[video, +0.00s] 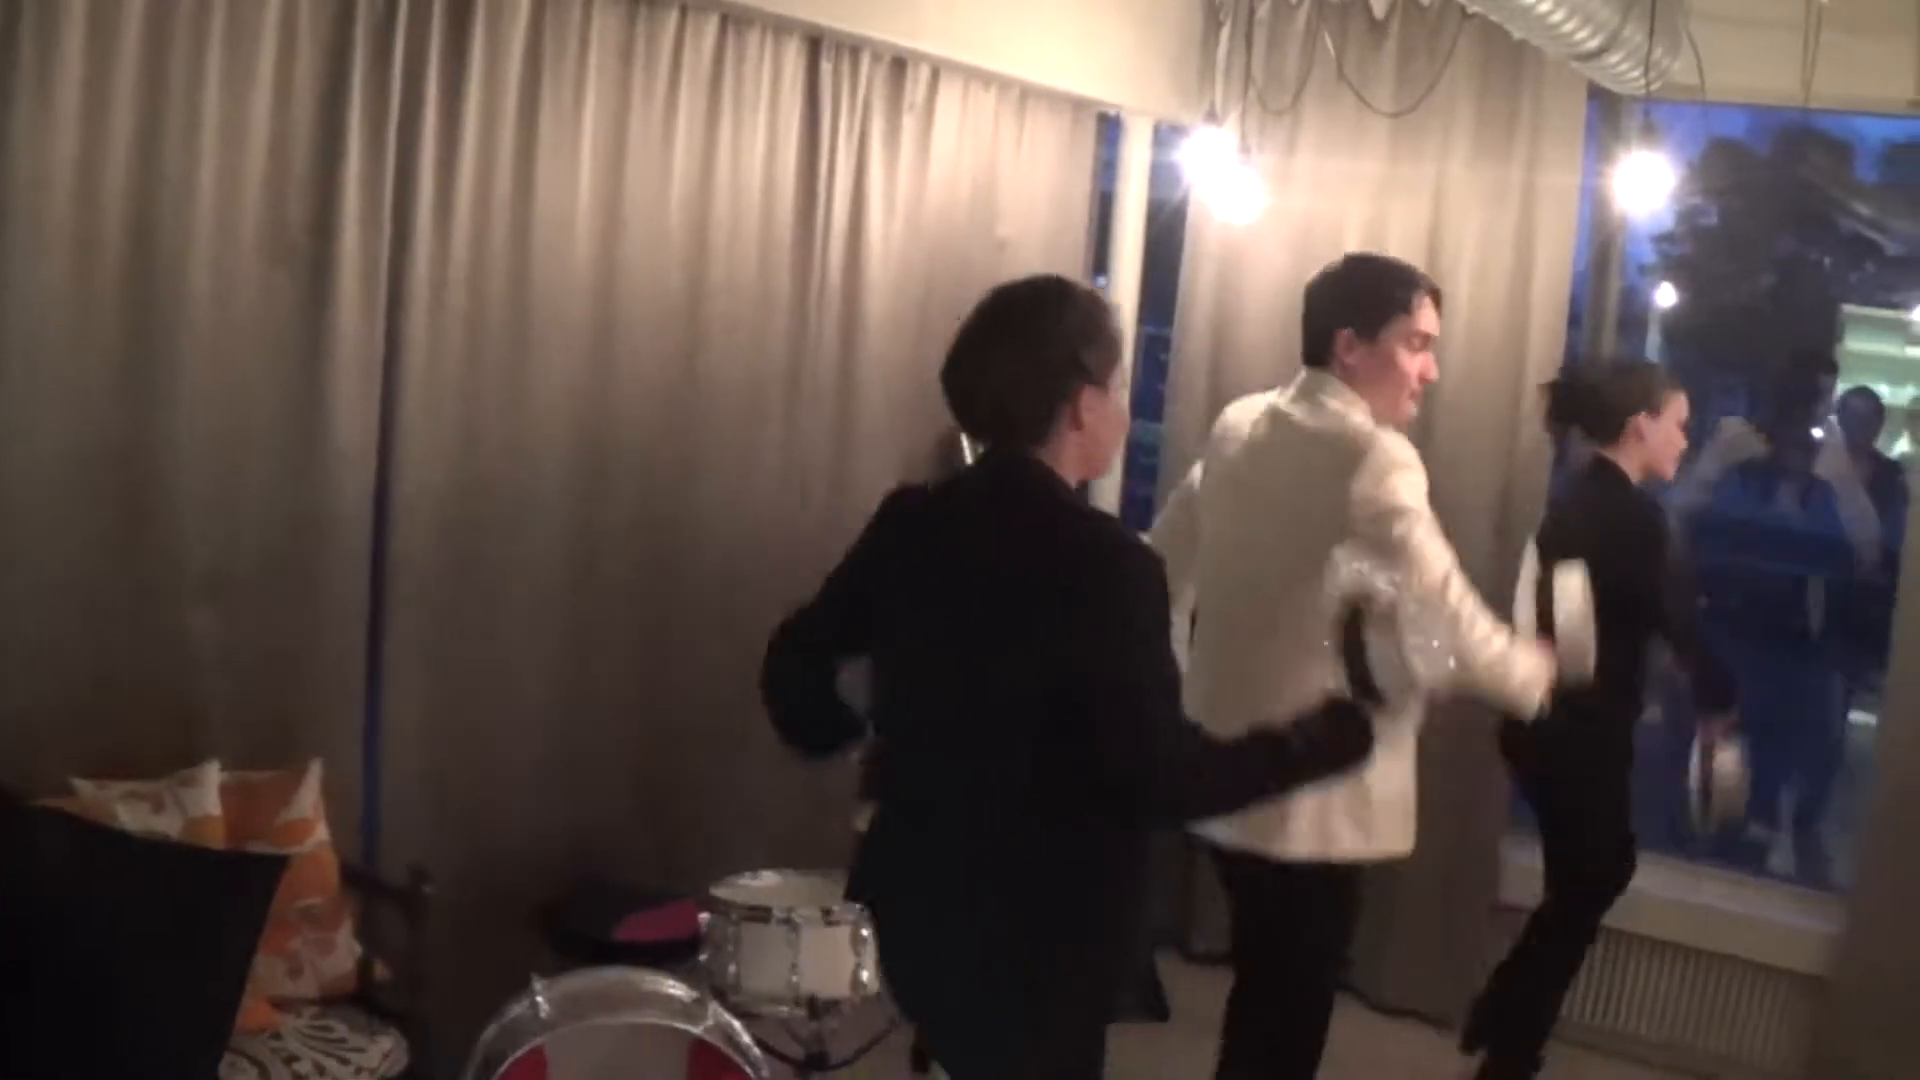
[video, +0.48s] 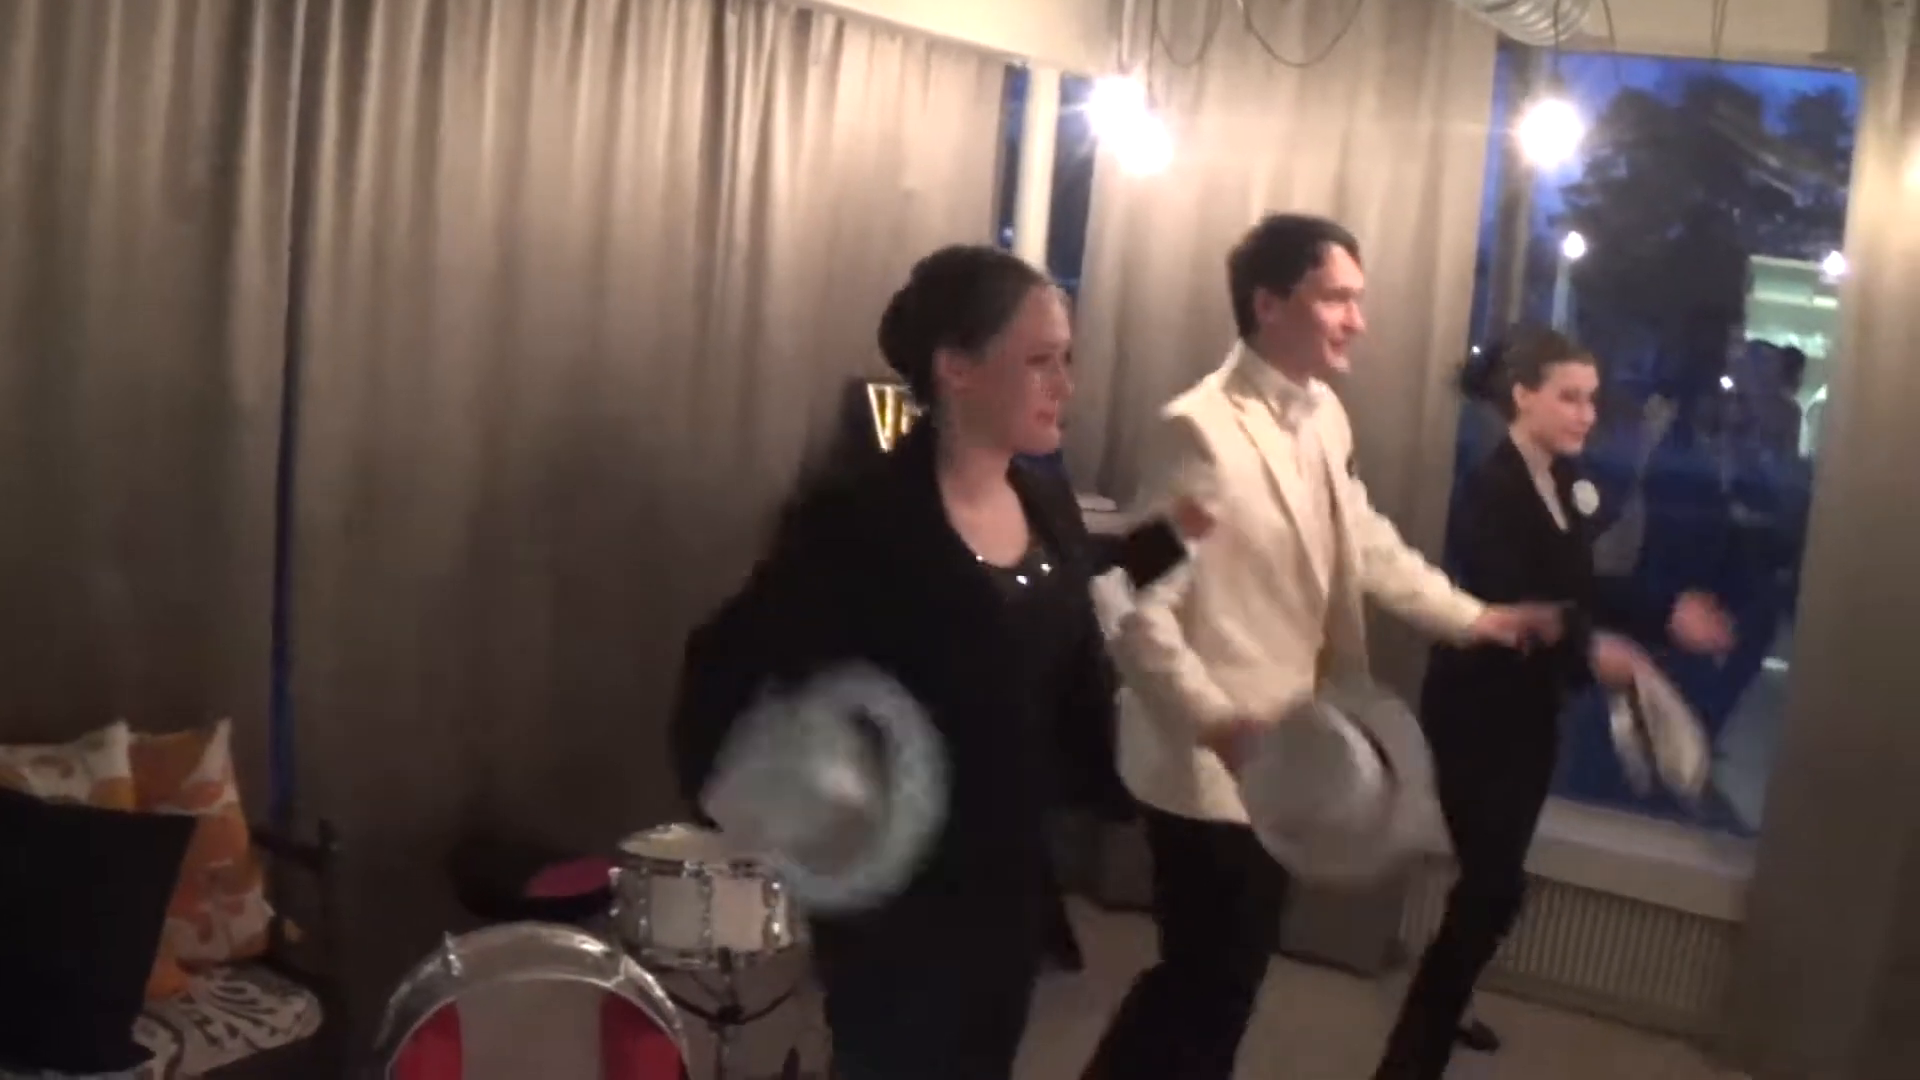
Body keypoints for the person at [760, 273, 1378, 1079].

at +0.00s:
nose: (1121, 411)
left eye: (1117, 386)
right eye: (1116, 388)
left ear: (979, 400)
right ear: (1078, 405)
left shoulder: (909, 524)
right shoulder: (1110, 563)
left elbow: (792, 665)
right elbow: (1158, 776)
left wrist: (847, 742)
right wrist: (1336, 733)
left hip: (918, 914)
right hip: (1047, 940)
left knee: (969, 1059)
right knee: (1048, 1065)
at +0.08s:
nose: (1130, 406)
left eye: (1126, 380)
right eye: (1121, 382)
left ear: (995, 402)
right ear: (1072, 403)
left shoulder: (929, 509)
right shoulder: (1094, 566)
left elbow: (810, 620)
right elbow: (1151, 778)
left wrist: (874, 733)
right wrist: (1304, 711)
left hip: (932, 908)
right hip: (1031, 938)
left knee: (982, 1063)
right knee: (1042, 1063)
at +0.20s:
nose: (1128, 410)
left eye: (1122, 386)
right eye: (1109, 388)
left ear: (1041, 408)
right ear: (1036, 406)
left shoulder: (1028, 538)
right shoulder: (974, 558)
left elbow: (1073, 754)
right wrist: (1148, 900)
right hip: (980, 965)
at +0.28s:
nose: (1119, 412)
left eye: (1114, 387)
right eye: (1095, 390)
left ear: (1027, 405)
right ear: (1014, 404)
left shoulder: (1047, 530)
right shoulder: (941, 566)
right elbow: (909, 800)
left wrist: (1106, 798)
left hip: (1041, 921)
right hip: (948, 956)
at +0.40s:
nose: (1095, 395)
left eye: (1092, 369)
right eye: (1071, 372)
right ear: (984, 381)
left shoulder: (1065, 508)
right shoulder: (882, 546)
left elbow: (1068, 680)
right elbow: (760, 707)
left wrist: (1174, 637)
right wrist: (789, 850)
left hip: (1042, 892)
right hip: (916, 909)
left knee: (1021, 1059)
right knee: (937, 1066)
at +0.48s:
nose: (1065, 386)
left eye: (1066, 361)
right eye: (1040, 362)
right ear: (954, 370)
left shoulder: (1042, 498)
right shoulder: (859, 517)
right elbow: (722, 669)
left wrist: (1159, 543)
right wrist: (757, 811)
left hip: (1010, 897)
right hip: (891, 912)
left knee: (983, 1062)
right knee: (891, 1065)